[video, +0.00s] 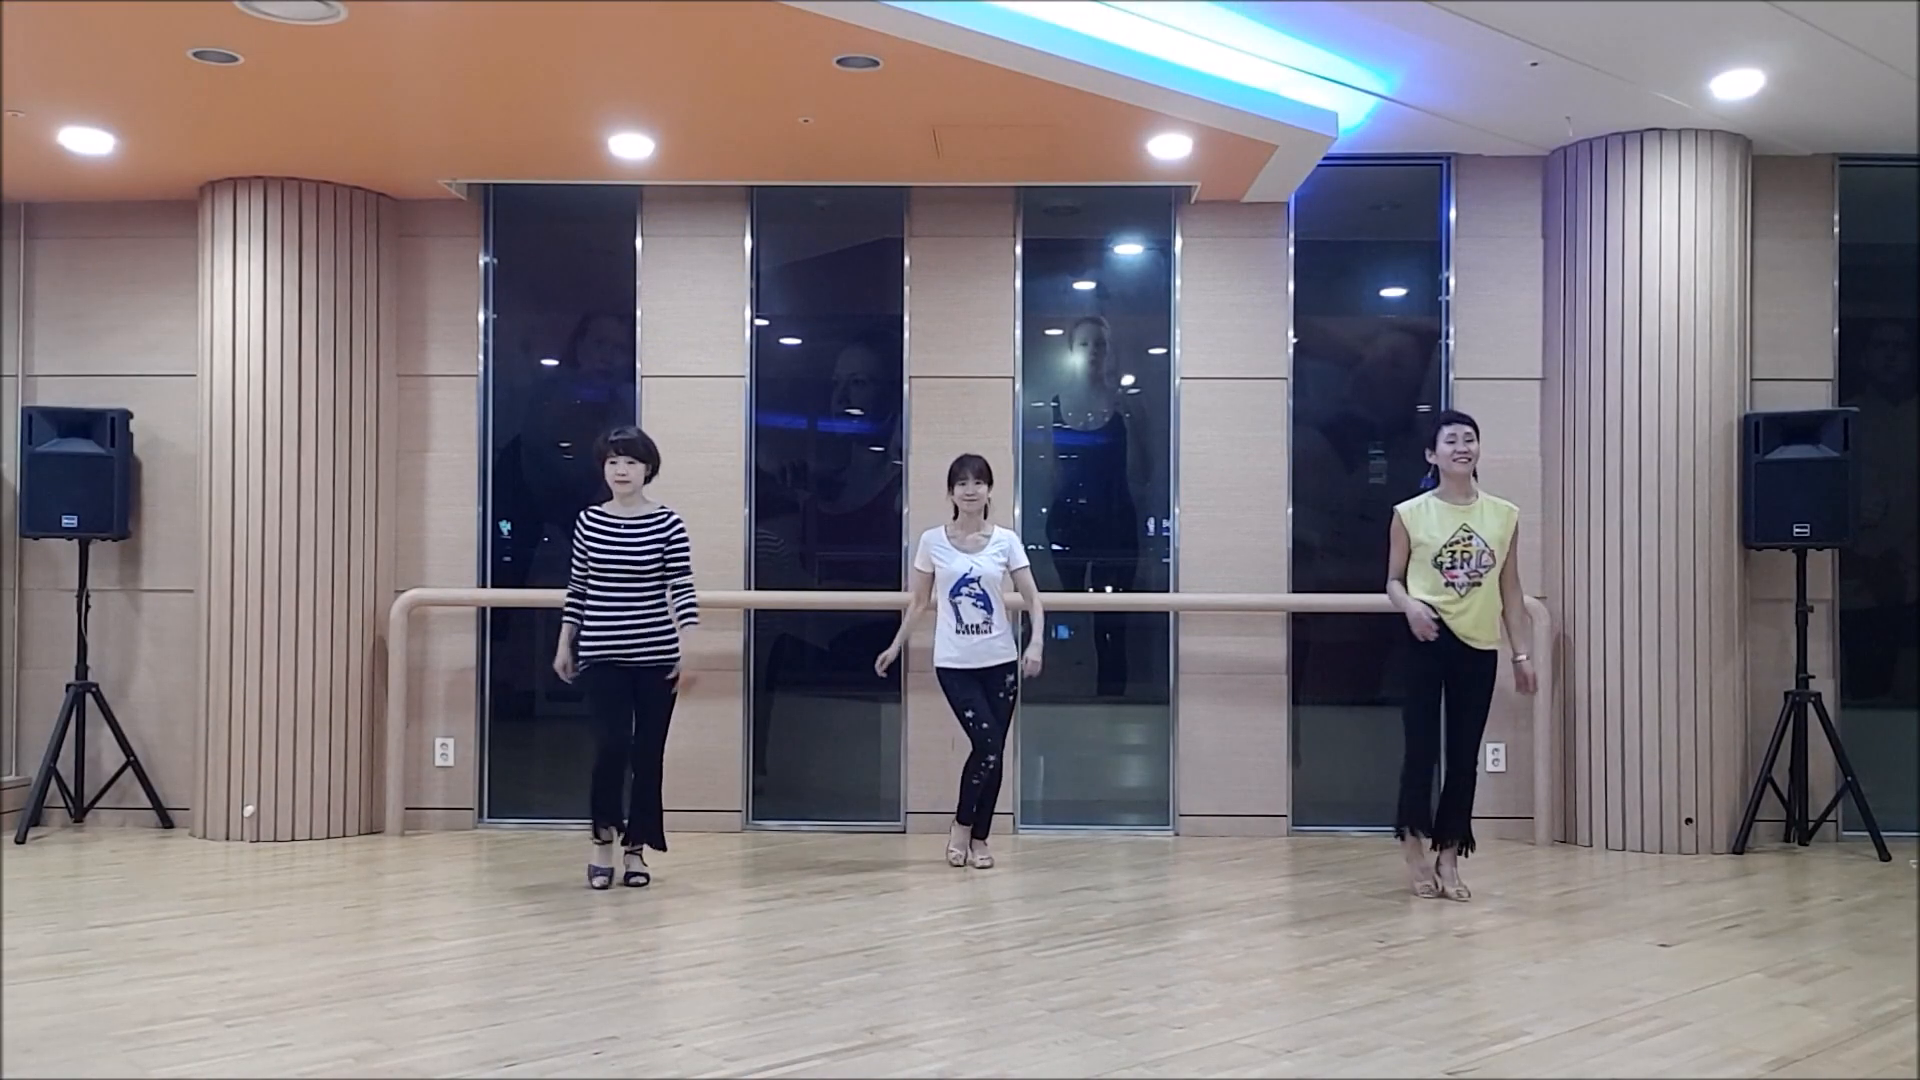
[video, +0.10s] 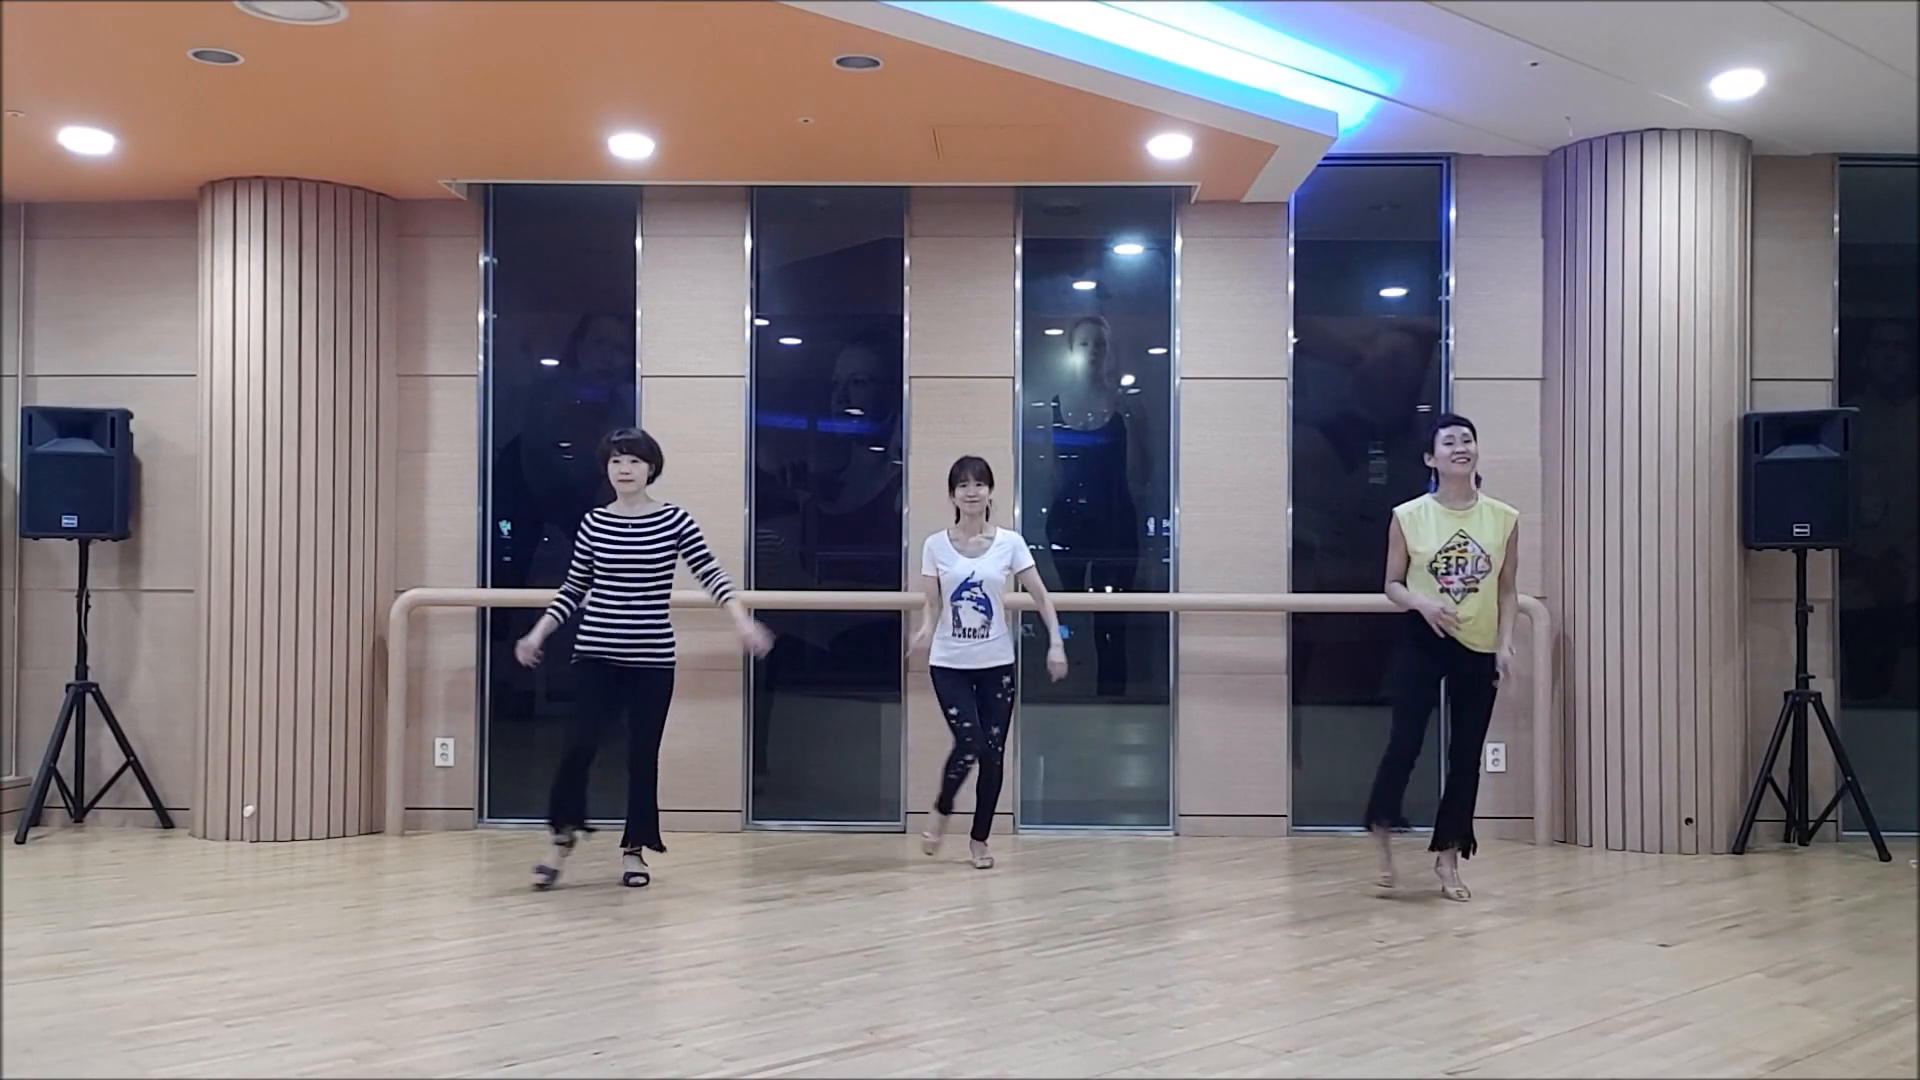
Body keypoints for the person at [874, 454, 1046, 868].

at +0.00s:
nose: (971, 489)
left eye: (979, 482)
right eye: (963, 483)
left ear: (990, 489)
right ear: (951, 490)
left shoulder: (1005, 541)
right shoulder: (932, 541)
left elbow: (1033, 599)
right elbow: (917, 603)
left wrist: (1035, 644)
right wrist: (896, 646)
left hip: (1000, 660)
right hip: (953, 662)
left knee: (994, 751)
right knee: (987, 744)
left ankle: (980, 840)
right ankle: (961, 828)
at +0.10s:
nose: (972, 491)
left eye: (979, 484)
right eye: (964, 485)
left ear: (990, 490)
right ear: (952, 492)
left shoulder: (1010, 543)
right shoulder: (935, 545)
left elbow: (1041, 595)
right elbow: (931, 602)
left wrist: (1056, 643)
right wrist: (925, 630)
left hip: (997, 663)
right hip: (948, 663)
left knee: (993, 752)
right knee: (970, 744)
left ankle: (980, 839)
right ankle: (940, 812)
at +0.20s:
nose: (972, 490)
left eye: (979, 482)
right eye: (963, 484)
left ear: (991, 489)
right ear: (952, 492)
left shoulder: (1012, 539)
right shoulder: (939, 543)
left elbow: (1048, 590)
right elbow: (938, 604)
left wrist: (1072, 634)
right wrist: (955, 604)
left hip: (994, 663)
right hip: (946, 659)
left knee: (988, 754)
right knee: (928, 743)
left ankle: (978, 841)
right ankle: (894, 819)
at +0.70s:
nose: (977, 490)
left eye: (983, 483)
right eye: (968, 484)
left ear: (994, 491)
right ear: (956, 492)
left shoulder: (1008, 544)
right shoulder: (937, 541)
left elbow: (1021, 600)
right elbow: (928, 585)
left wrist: (1023, 639)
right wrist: (910, 606)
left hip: (1000, 663)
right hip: (953, 664)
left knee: (996, 752)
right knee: (967, 748)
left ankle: (980, 839)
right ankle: (941, 814)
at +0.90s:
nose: (978, 488)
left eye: (985, 482)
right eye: (969, 482)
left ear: (996, 490)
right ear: (958, 491)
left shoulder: (1012, 542)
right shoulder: (940, 543)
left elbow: (1030, 599)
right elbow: (928, 601)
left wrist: (1040, 639)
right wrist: (923, 605)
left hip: (995, 664)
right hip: (946, 661)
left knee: (990, 753)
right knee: (916, 744)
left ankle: (978, 841)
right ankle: (888, 830)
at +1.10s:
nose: (987, 489)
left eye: (995, 483)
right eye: (979, 483)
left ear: (1007, 490)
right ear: (968, 493)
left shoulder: (1024, 544)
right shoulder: (951, 541)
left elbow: (1055, 592)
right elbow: (941, 600)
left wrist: (1072, 632)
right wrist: (963, 589)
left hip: (1002, 665)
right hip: (954, 660)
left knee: (992, 754)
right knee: (920, 746)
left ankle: (978, 842)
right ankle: (888, 832)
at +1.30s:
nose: (1007, 491)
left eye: (1015, 484)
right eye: (999, 485)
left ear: (1026, 492)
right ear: (988, 493)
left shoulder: (1043, 543)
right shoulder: (972, 539)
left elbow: (1079, 592)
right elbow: (980, 589)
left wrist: (1115, 637)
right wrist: (1028, 575)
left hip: (1026, 663)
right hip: (981, 660)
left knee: (1004, 754)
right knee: (954, 747)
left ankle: (980, 841)